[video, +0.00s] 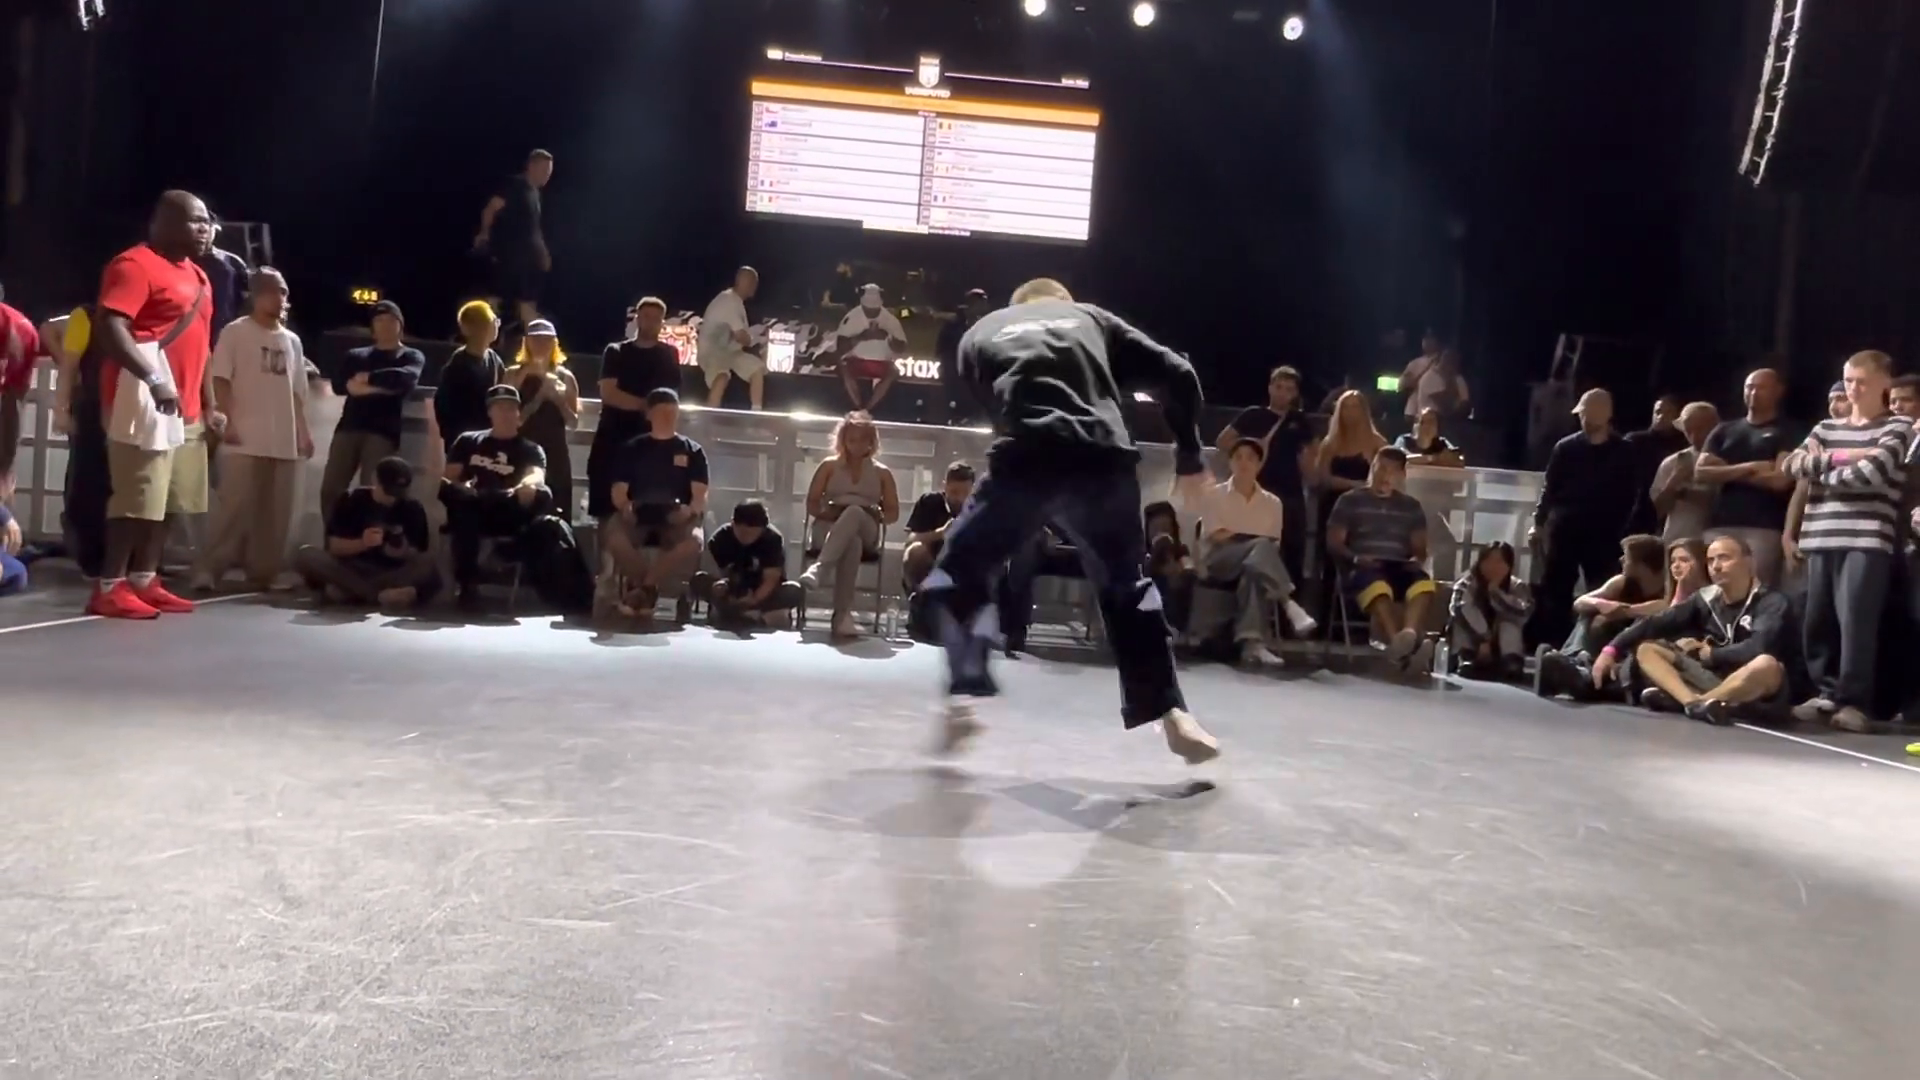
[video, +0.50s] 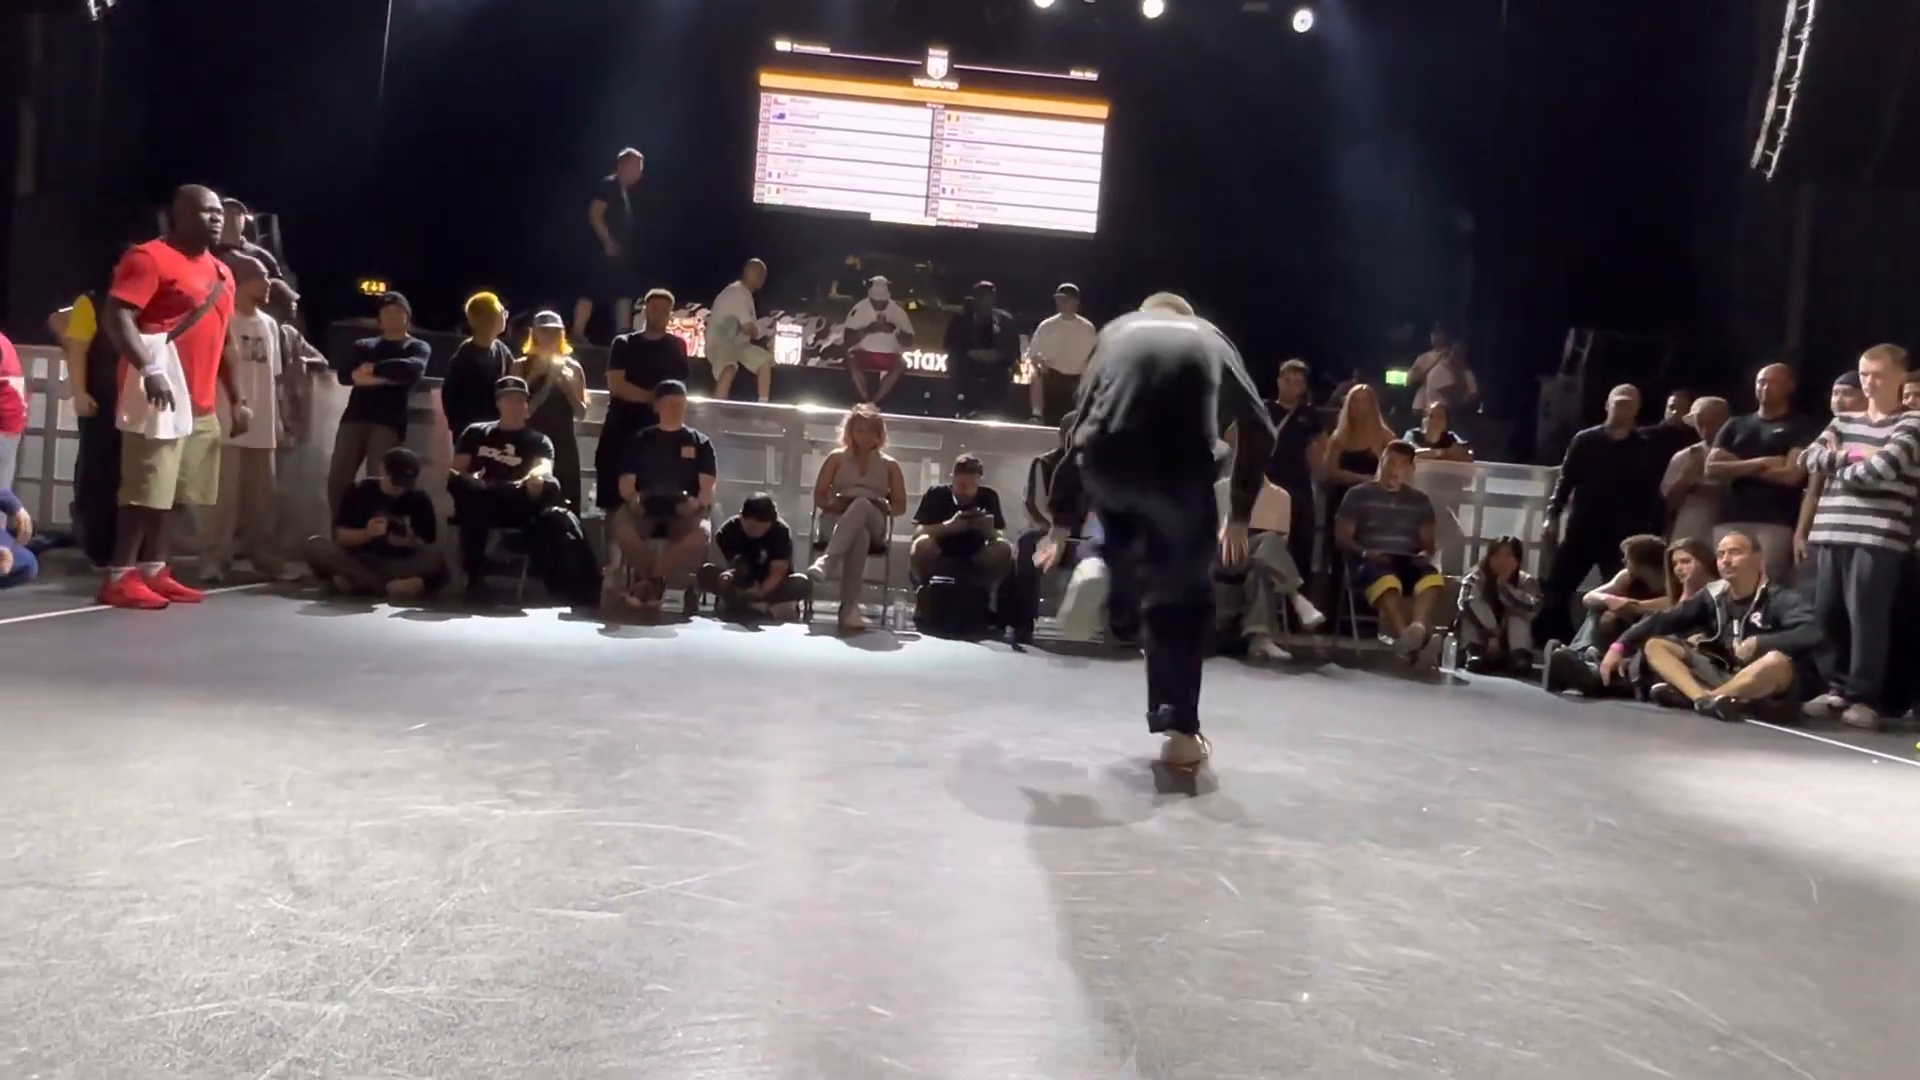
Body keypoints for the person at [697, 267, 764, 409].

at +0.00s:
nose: (754, 288)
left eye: (755, 284)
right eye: (752, 283)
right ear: (742, 282)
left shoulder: (737, 302)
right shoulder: (728, 300)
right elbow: (741, 336)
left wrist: (756, 332)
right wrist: (755, 338)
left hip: (732, 351)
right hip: (712, 351)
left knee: (757, 370)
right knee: (722, 376)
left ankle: (756, 413)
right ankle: (709, 417)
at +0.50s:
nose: (762, 280)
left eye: (763, 276)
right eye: (760, 275)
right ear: (749, 274)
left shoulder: (746, 295)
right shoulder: (736, 292)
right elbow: (749, 329)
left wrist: (766, 324)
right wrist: (763, 330)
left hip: (739, 343)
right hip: (719, 343)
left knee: (764, 362)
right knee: (729, 368)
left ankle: (763, 405)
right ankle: (717, 409)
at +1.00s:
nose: (768, 276)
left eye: (769, 272)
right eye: (766, 271)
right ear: (755, 269)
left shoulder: (752, 289)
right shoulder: (742, 287)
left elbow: (756, 320)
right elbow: (753, 323)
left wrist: (772, 319)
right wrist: (768, 323)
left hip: (746, 338)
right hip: (725, 338)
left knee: (770, 357)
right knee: (735, 364)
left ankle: (769, 400)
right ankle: (721, 403)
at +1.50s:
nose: (769, 271)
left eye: (771, 267)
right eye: (767, 266)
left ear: (771, 268)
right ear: (758, 264)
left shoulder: (755, 284)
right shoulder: (747, 283)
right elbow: (759, 319)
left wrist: (757, 318)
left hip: (748, 333)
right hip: (729, 332)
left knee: (774, 353)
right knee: (739, 359)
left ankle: (772, 396)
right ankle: (725, 397)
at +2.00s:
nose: (772, 270)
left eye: (773, 266)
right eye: (770, 265)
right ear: (760, 263)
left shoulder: (753, 281)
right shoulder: (751, 281)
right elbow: (759, 316)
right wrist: (769, 321)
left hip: (750, 332)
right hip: (730, 332)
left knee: (775, 352)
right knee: (740, 358)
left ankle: (774, 396)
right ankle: (727, 398)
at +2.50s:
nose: (770, 270)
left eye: (772, 266)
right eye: (769, 265)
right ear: (760, 264)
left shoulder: (753, 282)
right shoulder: (749, 282)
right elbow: (759, 317)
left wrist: (764, 318)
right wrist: (768, 321)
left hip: (750, 333)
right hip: (730, 332)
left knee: (775, 353)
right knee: (739, 359)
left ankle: (773, 396)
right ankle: (726, 398)